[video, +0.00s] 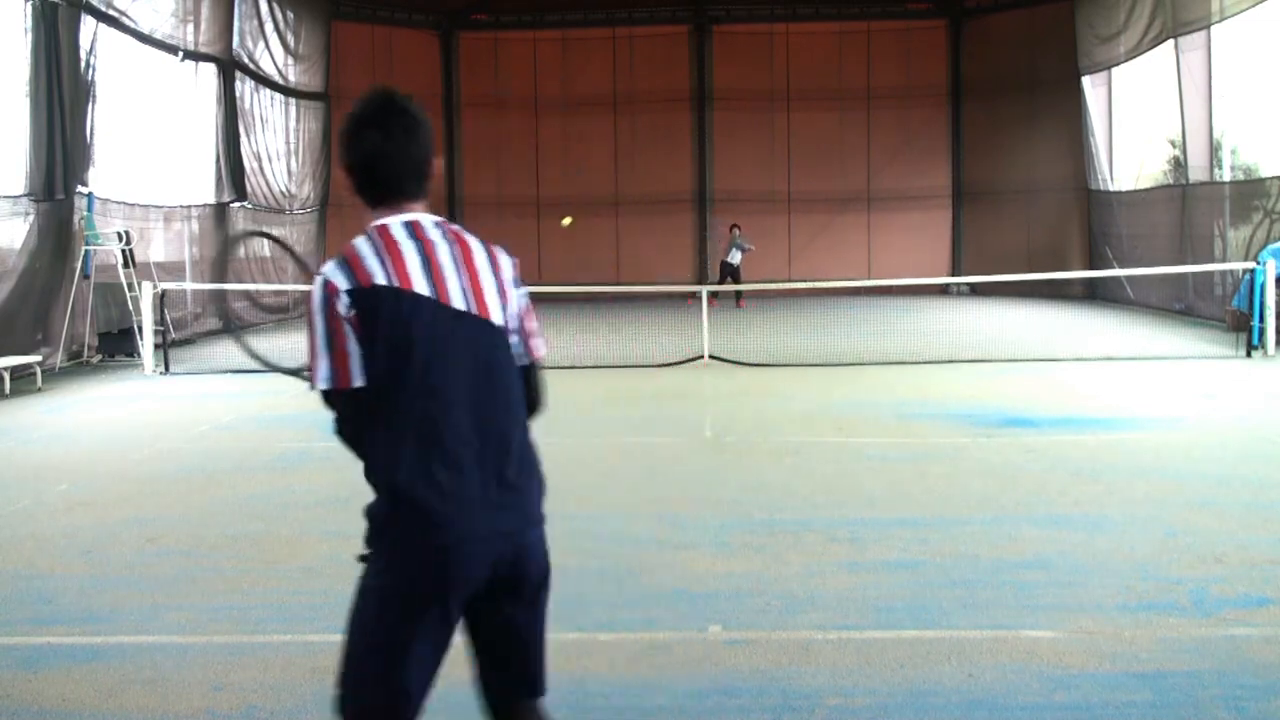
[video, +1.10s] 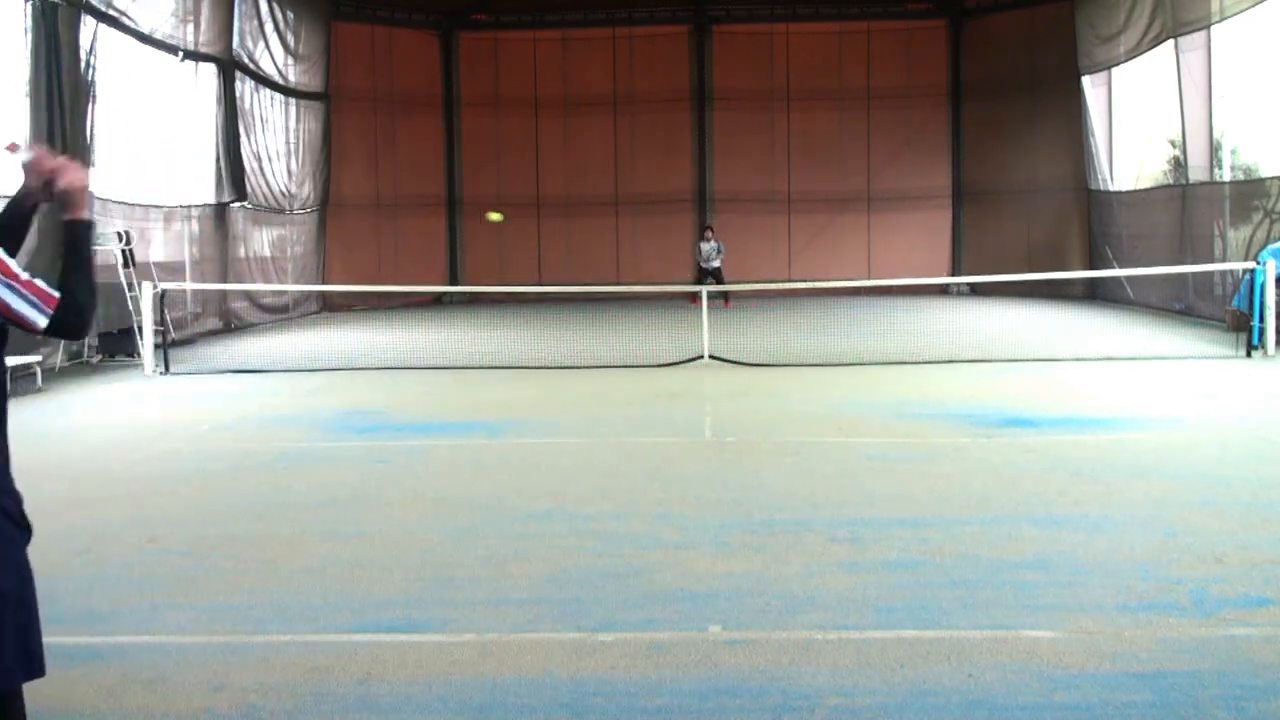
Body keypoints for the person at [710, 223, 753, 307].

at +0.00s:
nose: (736, 233)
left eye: (737, 231)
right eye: (734, 231)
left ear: (739, 232)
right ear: (731, 233)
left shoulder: (739, 243)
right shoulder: (732, 241)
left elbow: (741, 251)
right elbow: (739, 245)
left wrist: (747, 249)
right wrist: (747, 248)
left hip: (735, 265)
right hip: (727, 263)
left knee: (738, 283)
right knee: (721, 281)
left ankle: (738, 301)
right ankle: (713, 297)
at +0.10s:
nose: (734, 234)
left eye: (735, 232)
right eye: (732, 232)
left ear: (738, 233)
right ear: (729, 233)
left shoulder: (738, 243)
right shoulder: (729, 243)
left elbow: (736, 253)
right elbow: (737, 253)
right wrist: (748, 256)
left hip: (734, 266)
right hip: (725, 265)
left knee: (738, 284)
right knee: (722, 283)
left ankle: (738, 301)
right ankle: (713, 298)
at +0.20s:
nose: (731, 233)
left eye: (733, 231)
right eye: (729, 231)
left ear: (735, 232)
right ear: (727, 233)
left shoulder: (736, 242)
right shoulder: (727, 242)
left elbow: (735, 253)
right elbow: (728, 254)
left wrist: (738, 258)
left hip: (731, 264)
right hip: (723, 264)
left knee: (736, 282)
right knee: (721, 282)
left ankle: (738, 300)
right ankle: (715, 298)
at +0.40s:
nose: (725, 233)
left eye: (726, 231)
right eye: (723, 231)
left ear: (728, 233)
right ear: (720, 233)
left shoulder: (730, 243)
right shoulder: (717, 242)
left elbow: (730, 254)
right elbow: (717, 257)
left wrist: (740, 252)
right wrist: (728, 257)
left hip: (727, 265)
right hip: (717, 265)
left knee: (732, 283)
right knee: (718, 283)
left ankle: (732, 301)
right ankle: (715, 300)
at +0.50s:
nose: (722, 230)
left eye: (724, 227)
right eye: (721, 227)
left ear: (727, 229)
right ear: (718, 229)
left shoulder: (729, 239)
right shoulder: (715, 239)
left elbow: (730, 251)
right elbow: (710, 251)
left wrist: (736, 249)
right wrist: (721, 254)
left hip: (725, 263)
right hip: (715, 262)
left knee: (727, 282)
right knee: (715, 281)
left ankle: (723, 299)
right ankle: (714, 299)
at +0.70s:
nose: (719, 232)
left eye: (721, 229)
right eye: (717, 229)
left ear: (723, 231)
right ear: (715, 231)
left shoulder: (727, 241)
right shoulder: (710, 241)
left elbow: (731, 252)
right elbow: (707, 252)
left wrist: (726, 254)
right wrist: (713, 256)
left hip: (722, 264)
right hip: (711, 263)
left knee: (721, 283)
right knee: (708, 281)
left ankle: (718, 300)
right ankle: (705, 299)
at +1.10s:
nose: (708, 235)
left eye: (709, 232)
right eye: (706, 232)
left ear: (712, 234)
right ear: (704, 234)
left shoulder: (717, 243)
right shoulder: (700, 244)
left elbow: (722, 253)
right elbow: (697, 255)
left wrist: (715, 258)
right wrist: (702, 260)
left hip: (715, 266)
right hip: (704, 266)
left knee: (721, 283)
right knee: (699, 282)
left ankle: (726, 299)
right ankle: (695, 297)